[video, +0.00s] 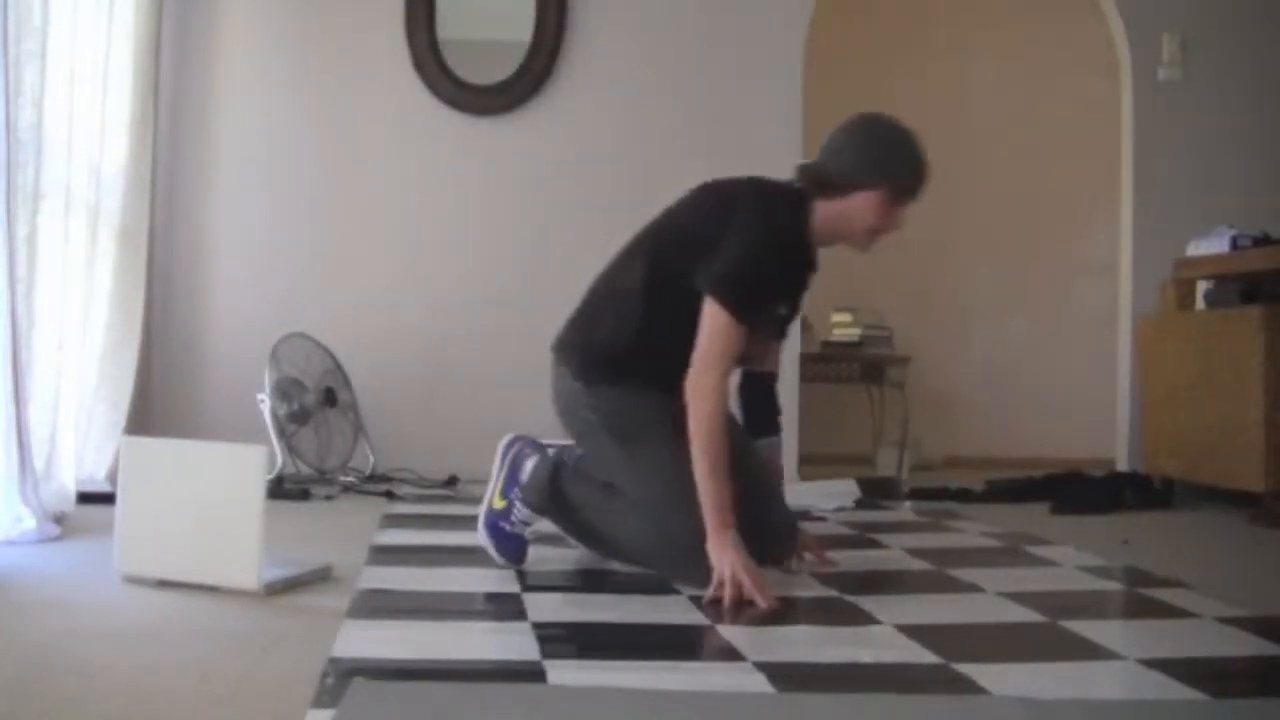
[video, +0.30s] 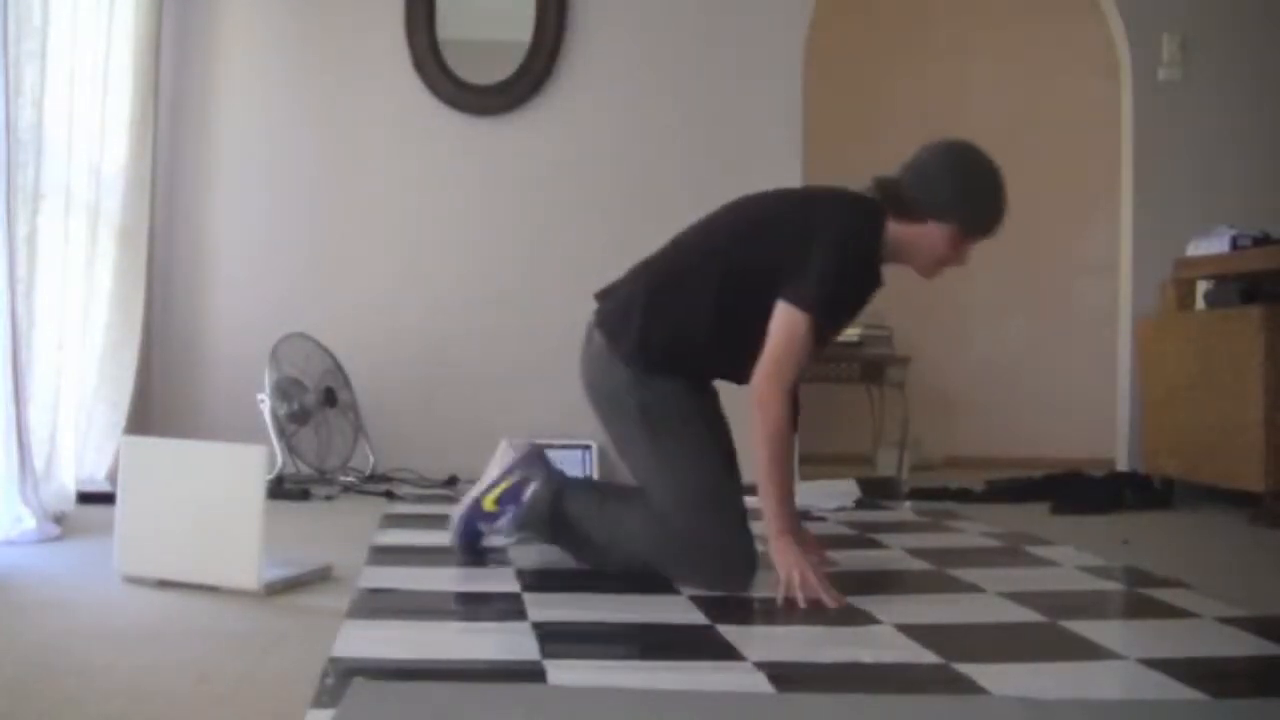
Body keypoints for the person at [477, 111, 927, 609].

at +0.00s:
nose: (895, 223)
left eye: (901, 208)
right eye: (894, 203)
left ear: (861, 191)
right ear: (858, 184)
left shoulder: (792, 248)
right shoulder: (760, 223)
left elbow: (757, 383)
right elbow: (703, 385)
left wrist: (781, 512)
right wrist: (723, 538)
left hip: (670, 390)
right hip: (600, 386)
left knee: (766, 540)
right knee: (695, 562)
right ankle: (539, 478)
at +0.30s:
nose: (963, 259)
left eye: (971, 245)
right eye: (966, 240)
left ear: (925, 212)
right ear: (933, 216)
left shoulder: (852, 243)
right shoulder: (842, 236)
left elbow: (781, 387)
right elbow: (770, 387)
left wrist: (783, 522)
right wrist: (783, 535)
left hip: (664, 363)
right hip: (635, 360)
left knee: (712, 548)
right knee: (718, 565)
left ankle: (546, 493)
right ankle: (536, 500)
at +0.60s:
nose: (955, 279)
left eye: (967, 269)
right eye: (962, 261)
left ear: (928, 230)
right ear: (932, 228)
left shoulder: (852, 261)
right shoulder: (834, 237)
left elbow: (768, 393)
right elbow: (775, 391)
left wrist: (784, 522)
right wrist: (781, 536)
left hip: (664, 361)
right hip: (636, 354)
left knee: (707, 543)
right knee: (711, 564)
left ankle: (546, 485)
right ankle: (532, 490)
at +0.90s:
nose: (914, 270)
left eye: (925, 259)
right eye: (921, 252)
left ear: (887, 220)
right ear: (894, 222)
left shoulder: (813, 254)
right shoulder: (803, 231)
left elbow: (742, 398)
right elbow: (765, 391)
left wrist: (783, 519)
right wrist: (781, 537)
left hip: (628, 374)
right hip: (596, 361)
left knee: (680, 542)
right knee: (645, 570)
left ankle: (502, 482)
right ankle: (477, 487)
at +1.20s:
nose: (837, 215)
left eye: (843, 200)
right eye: (838, 197)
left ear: (801, 179)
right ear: (809, 182)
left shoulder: (733, 228)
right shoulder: (725, 221)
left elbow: (714, 392)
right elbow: (734, 391)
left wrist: (774, 510)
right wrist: (786, 527)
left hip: (584, 392)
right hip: (551, 388)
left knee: (680, 542)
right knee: (643, 574)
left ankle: (515, 479)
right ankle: (471, 494)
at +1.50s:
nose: (786, 168)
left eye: (788, 151)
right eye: (783, 150)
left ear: (742, 140)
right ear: (752, 143)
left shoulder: (683, 196)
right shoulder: (681, 201)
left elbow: (700, 362)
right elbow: (699, 370)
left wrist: (744, 431)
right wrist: (748, 437)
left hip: (574, 405)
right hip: (534, 407)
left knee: (680, 543)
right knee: (639, 576)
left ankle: (488, 478)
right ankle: (472, 497)